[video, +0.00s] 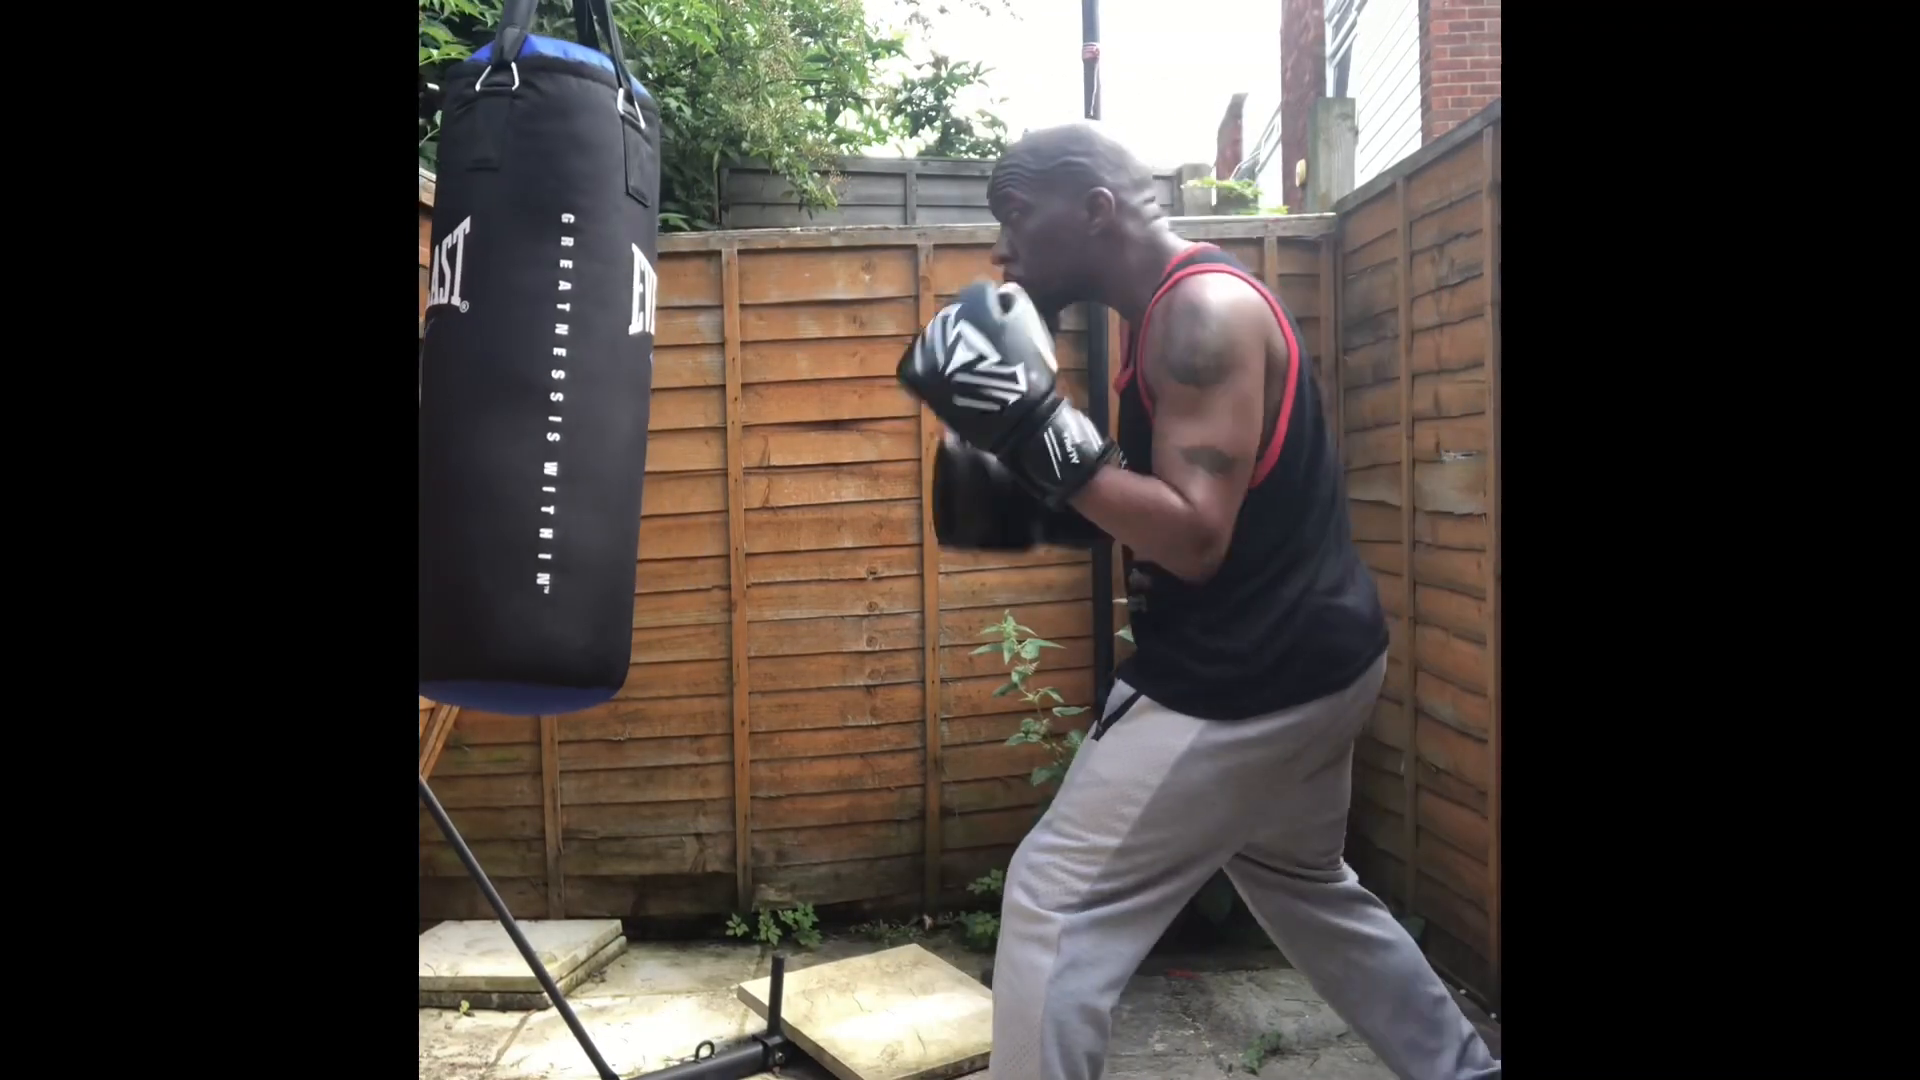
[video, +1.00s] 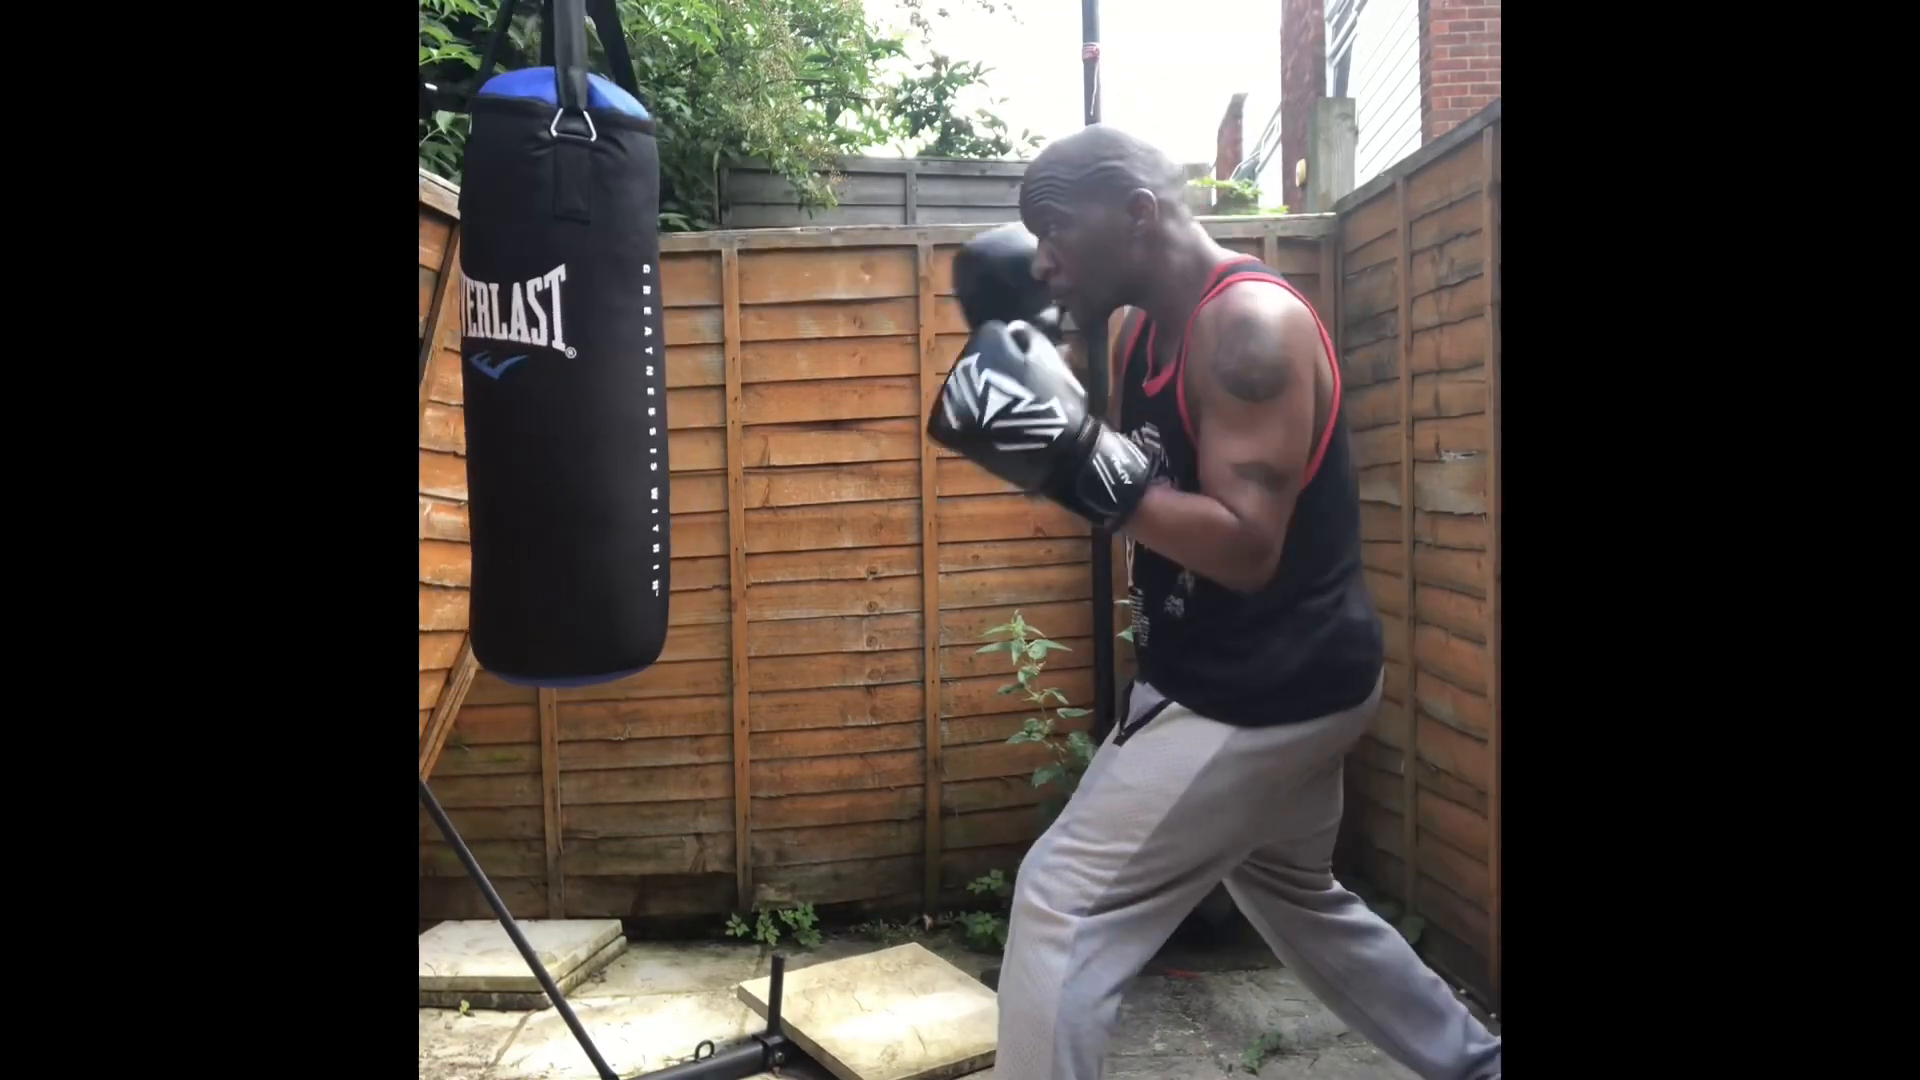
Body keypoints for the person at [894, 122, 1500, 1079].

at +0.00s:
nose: (1003, 252)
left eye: (1015, 219)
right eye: (999, 225)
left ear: (1098, 209)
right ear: (1102, 214)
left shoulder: (1205, 309)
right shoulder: (1159, 314)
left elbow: (1193, 539)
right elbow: (1152, 503)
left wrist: (1040, 426)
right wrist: (1033, 506)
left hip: (1243, 666)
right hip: (1304, 650)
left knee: (1056, 895)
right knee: (1299, 876)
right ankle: (1463, 1065)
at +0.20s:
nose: (1066, 223)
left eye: (1080, 196)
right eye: (1064, 199)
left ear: (1154, 188)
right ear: (1175, 191)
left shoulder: (1196, 275)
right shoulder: (1275, 259)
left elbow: (1252, 458)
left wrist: (1074, 451)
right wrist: (1108, 351)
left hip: (1239, 657)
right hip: (1357, 632)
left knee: (1089, 906)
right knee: (1363, 879)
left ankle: (1047, 1070)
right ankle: (1476, 1064)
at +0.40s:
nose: (1094, 213)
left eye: (1101, 187)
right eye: (1091, 189)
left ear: (1165, 173)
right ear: (1209, 176)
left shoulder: (1180, 254)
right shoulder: (1325, 257)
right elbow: (1279, 405)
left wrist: (1006, 332)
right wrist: (1132, 400)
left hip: (1232, 649)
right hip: (1379, 626)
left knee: (1079, 892)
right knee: (1388, 879)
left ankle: (1042, 1070)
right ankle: (1479, 1062)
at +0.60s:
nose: (1055, 273)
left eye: (1060, 253)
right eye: (1055, 256)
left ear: (1102, 226)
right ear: (1171, 204)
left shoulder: (1129, 249)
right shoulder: (1300, 283)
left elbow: (940, 335)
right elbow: (1234, 460)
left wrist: (833, 265)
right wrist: (1095, 415)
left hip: (1218, 675)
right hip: (1371, 655)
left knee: (1048, 900)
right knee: (1365, 877)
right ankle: (1480, 1056)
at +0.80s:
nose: (1054, 247)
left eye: (1060, 217)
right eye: (1045, 226)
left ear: (1134, 193)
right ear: (1138, 200)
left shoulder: (1240, 307)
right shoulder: (1165, 314)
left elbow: (1151, 523)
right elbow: (1133, 490)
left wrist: (1058, 373)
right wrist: (1003, 458)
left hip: (1253, 673)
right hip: (1302, 662)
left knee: (1062, 895)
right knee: (1318, 895)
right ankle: (1472, 1067)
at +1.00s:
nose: (1041, 260)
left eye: (1051, 231)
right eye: (1036, 237)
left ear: (1138, 212)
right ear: (1140, 219)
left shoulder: (1255, 322)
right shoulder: (1132, 331)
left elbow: (1248, 547)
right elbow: (1134, 494)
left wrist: (1085, 457)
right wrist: (1042, 443)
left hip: (1264, 689)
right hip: (1230, 676)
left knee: (1064, 899)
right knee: (1293, 895)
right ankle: (1469, 1059)